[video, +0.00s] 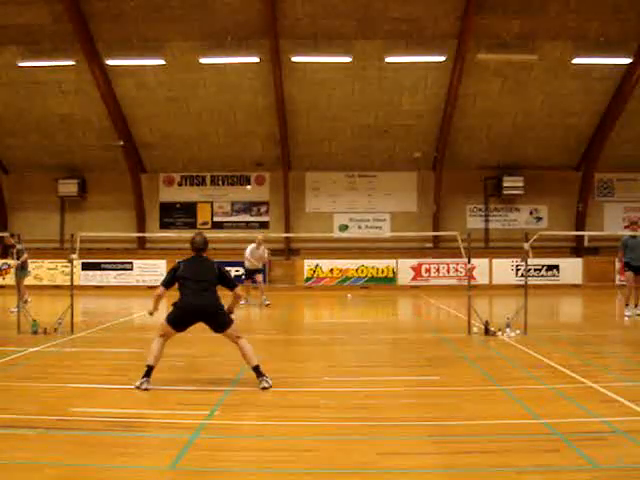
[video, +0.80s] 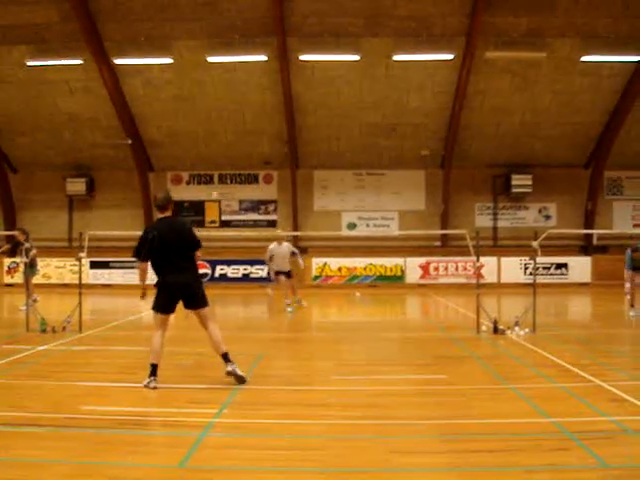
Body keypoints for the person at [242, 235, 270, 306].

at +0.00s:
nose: (260, 242)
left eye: (261, 240)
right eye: (258, 240)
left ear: (263, 242)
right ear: (256, 240)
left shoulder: (264, 250)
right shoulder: (251, 247)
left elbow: (265, 260)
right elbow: (247, 256)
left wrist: (265, 255)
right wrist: (254, 262)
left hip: (258, 267)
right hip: (249, 267)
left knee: (260, 282)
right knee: (247, 283)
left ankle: (263, 298)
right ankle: (245, 298)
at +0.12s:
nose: (265, 240)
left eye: (267, 239)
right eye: (264, 239)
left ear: (268, 240)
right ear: (261, 240)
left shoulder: (270, 249)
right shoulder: (256, 249)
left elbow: (273, 257)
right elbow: (254, 262)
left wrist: (272, 262)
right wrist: (261, 270)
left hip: (266, 267)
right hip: (256, 268)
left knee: (267, 284)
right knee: (252, 284)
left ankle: (266, 299)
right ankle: (246, 297)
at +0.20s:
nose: (267, 241)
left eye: (269, 239)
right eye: (266, 239)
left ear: (270, 240)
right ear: (264, 240)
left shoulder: (273, 247)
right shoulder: (259, 247)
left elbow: (277, 255)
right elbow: (254, 256)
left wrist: (278, 261)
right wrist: (257, 266)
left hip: (268, 267)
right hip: (259, 268)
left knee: (268, 284)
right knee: (255, 284)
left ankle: (267, 299)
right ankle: (252, 295)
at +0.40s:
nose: (274, 233)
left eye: (275, 231)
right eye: (272, 231)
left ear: (277, 231)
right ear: (270, 231)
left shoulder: (281, 240)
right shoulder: (265, 240)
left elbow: (287, 246)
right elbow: (259, 248)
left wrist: (287, 255)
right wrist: (259, 259)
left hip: (276, 262)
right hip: (266, 262)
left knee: (275, 282)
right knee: (265, 282)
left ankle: (274, 296)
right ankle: (262, 297)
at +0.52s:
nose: (282, 235)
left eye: (283, 232)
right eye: (280, 232)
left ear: (286, 234)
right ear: (278, 233)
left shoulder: (290, 242)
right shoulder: (272, 243)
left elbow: (296, 252)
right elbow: (268, 254)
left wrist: (297, 261)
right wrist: (267, 264)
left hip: (286, 263)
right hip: (275, 263)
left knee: (291, 281)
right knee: (274, 281)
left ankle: (294, 299)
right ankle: (269, 298)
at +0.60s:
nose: (286, 241)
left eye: (287, 239)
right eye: (284, 240)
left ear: (289, 240)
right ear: (282, 240)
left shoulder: (293, 247)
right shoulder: (279, 248)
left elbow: (302, 256)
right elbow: (273, 260)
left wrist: (304, 267)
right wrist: (273, 273)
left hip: (291, 269)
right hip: (281, 269)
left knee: (299, 283)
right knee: (278, 281)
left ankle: (300, 301)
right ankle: (275, 298)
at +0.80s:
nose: (280, 238)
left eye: (281, 236)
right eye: (278, 236)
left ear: (283, 237)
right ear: (276, 237)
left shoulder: (287, 246)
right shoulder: (272, 247)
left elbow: (296, 253)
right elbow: (268, 259)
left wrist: (300, 262)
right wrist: (271, 271)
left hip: (287, 269)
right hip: (278, 270)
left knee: (292, 284)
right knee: (283, 283)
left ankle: (296, 299)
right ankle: (287, 301)